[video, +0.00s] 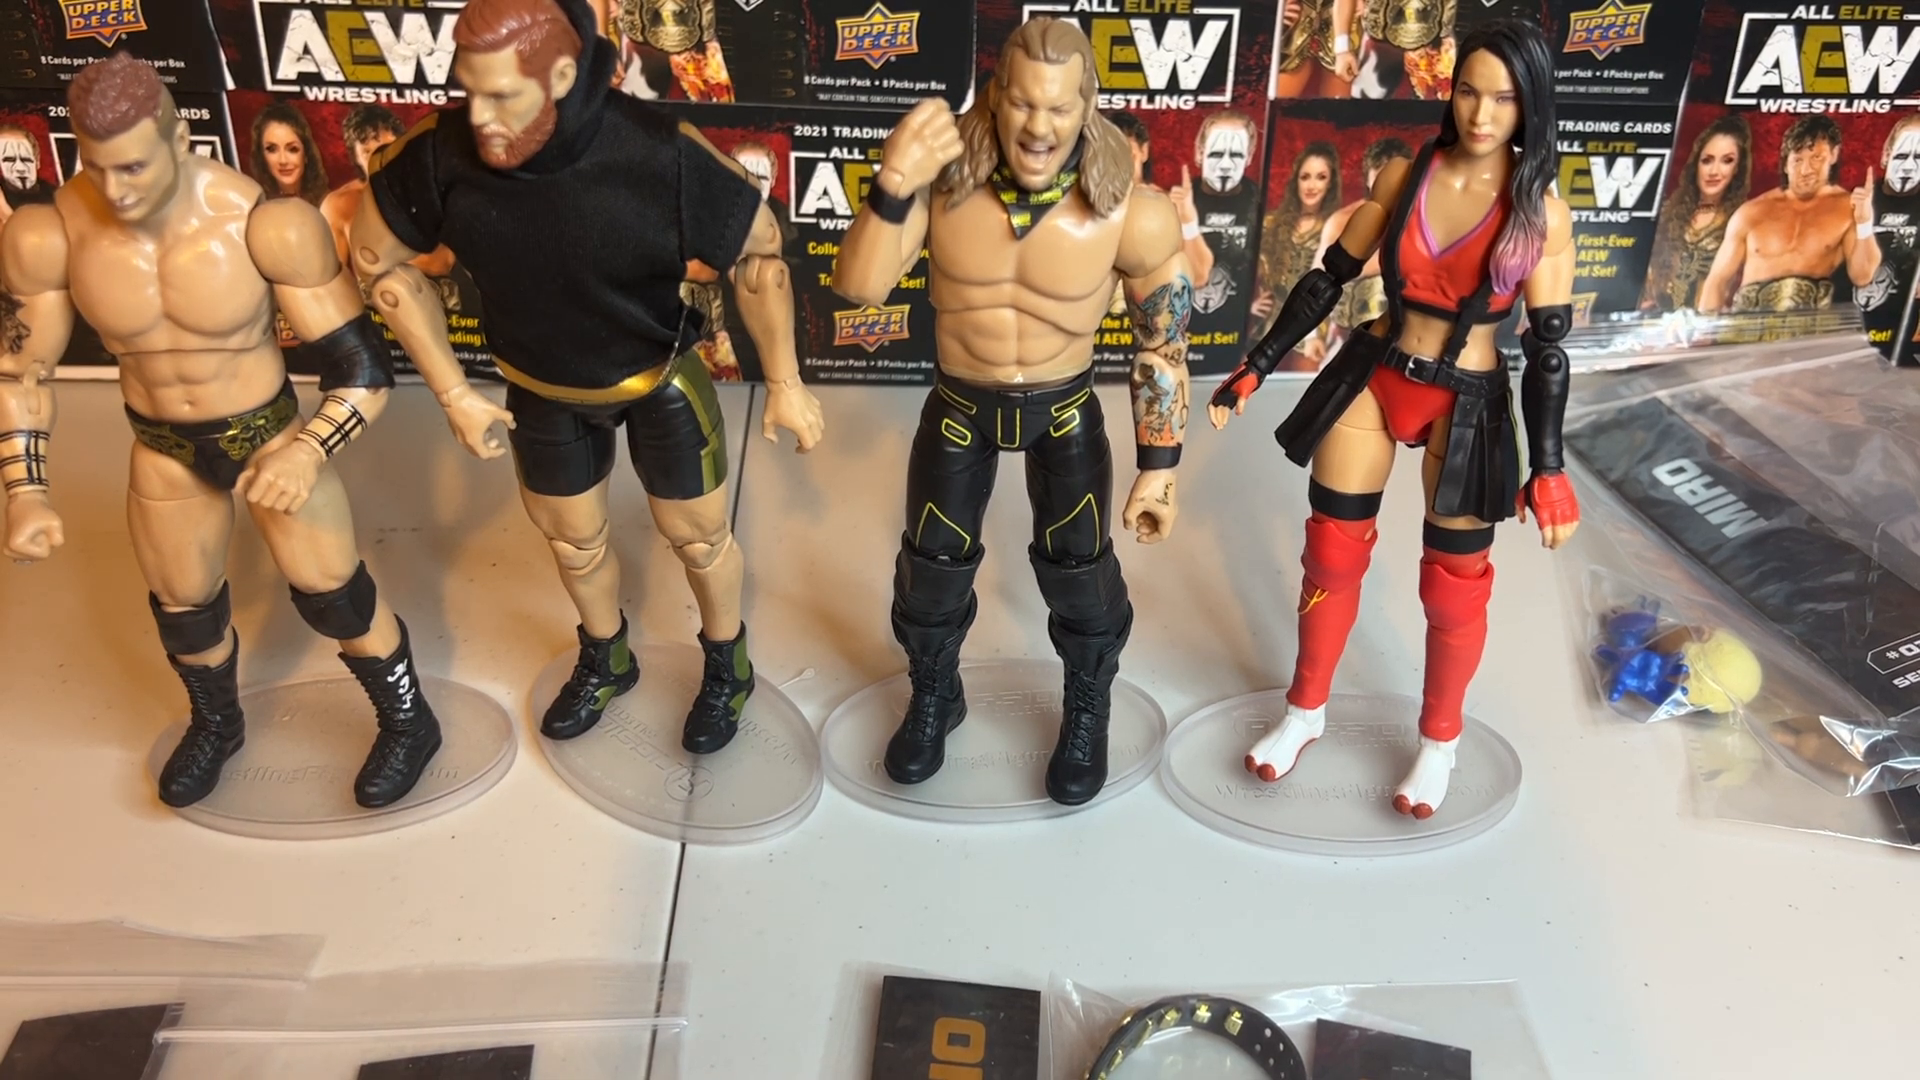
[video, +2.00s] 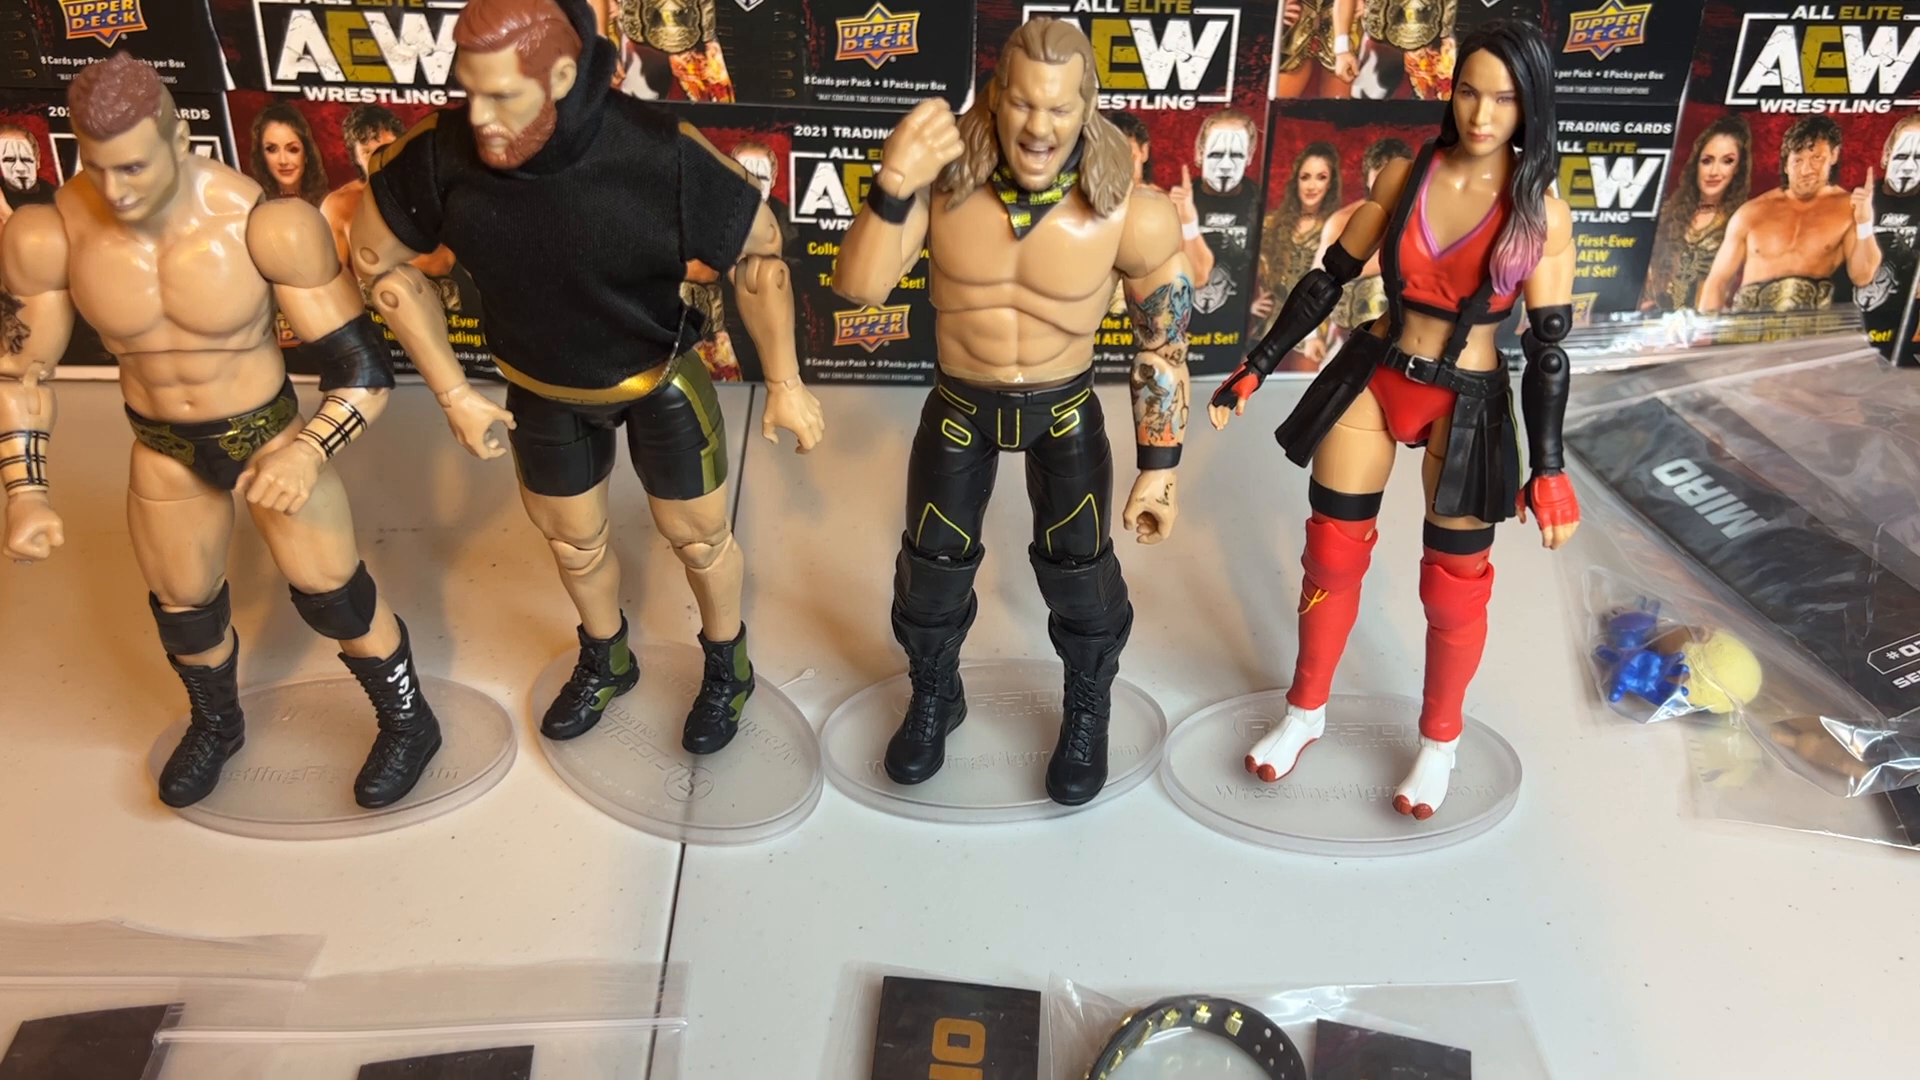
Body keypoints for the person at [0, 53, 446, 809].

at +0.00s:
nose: (118, 188)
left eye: (134, 167)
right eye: (100, 169)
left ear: (178, 138)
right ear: (80, 152)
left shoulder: (268, 225)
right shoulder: (52, 233)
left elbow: (363, 370)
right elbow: (23, 372)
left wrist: (311, 446)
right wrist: (21, 487)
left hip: (268, 441)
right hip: (161, 452)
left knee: (336, 599)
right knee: (186, 616)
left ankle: (409, 721)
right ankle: (217, 722)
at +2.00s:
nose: (117, 188)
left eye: (134, 167)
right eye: (100, 169)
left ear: (178, 138)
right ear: (81, 151)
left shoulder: (268, 225)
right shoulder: (54, 232)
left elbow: (362, 370)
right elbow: (23, 372)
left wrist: (312, 446)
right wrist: (22, 486)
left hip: (269, 440)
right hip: (161, 451)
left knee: (335, 598)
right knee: (186, 616)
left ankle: (408, 722)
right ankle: (216, 723)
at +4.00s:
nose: (118, 188)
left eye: (134, 167)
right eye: (100, 169)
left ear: (178, 138)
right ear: (80, 151)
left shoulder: (268, 225)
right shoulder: (53, 232)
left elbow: (362, 370)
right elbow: (23, 372)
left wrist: (312, 446)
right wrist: (22, 487)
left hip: (269, 440)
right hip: (161, 451)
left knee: (336, 599)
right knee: (186, 617)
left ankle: (408, 722)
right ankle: (216, 723)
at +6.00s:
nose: (118, 188)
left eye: (135, 167)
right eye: (101, 169)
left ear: (178, 138)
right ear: (80, 151)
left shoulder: (268, 225)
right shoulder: (52, 234)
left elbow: (362, 370)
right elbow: (22, 372)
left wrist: (311, 447)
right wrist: (22, 487)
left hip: (270, 441)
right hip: (161, 453)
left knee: (336, 598)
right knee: (186, 616)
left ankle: (408, 721)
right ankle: (216, 724)